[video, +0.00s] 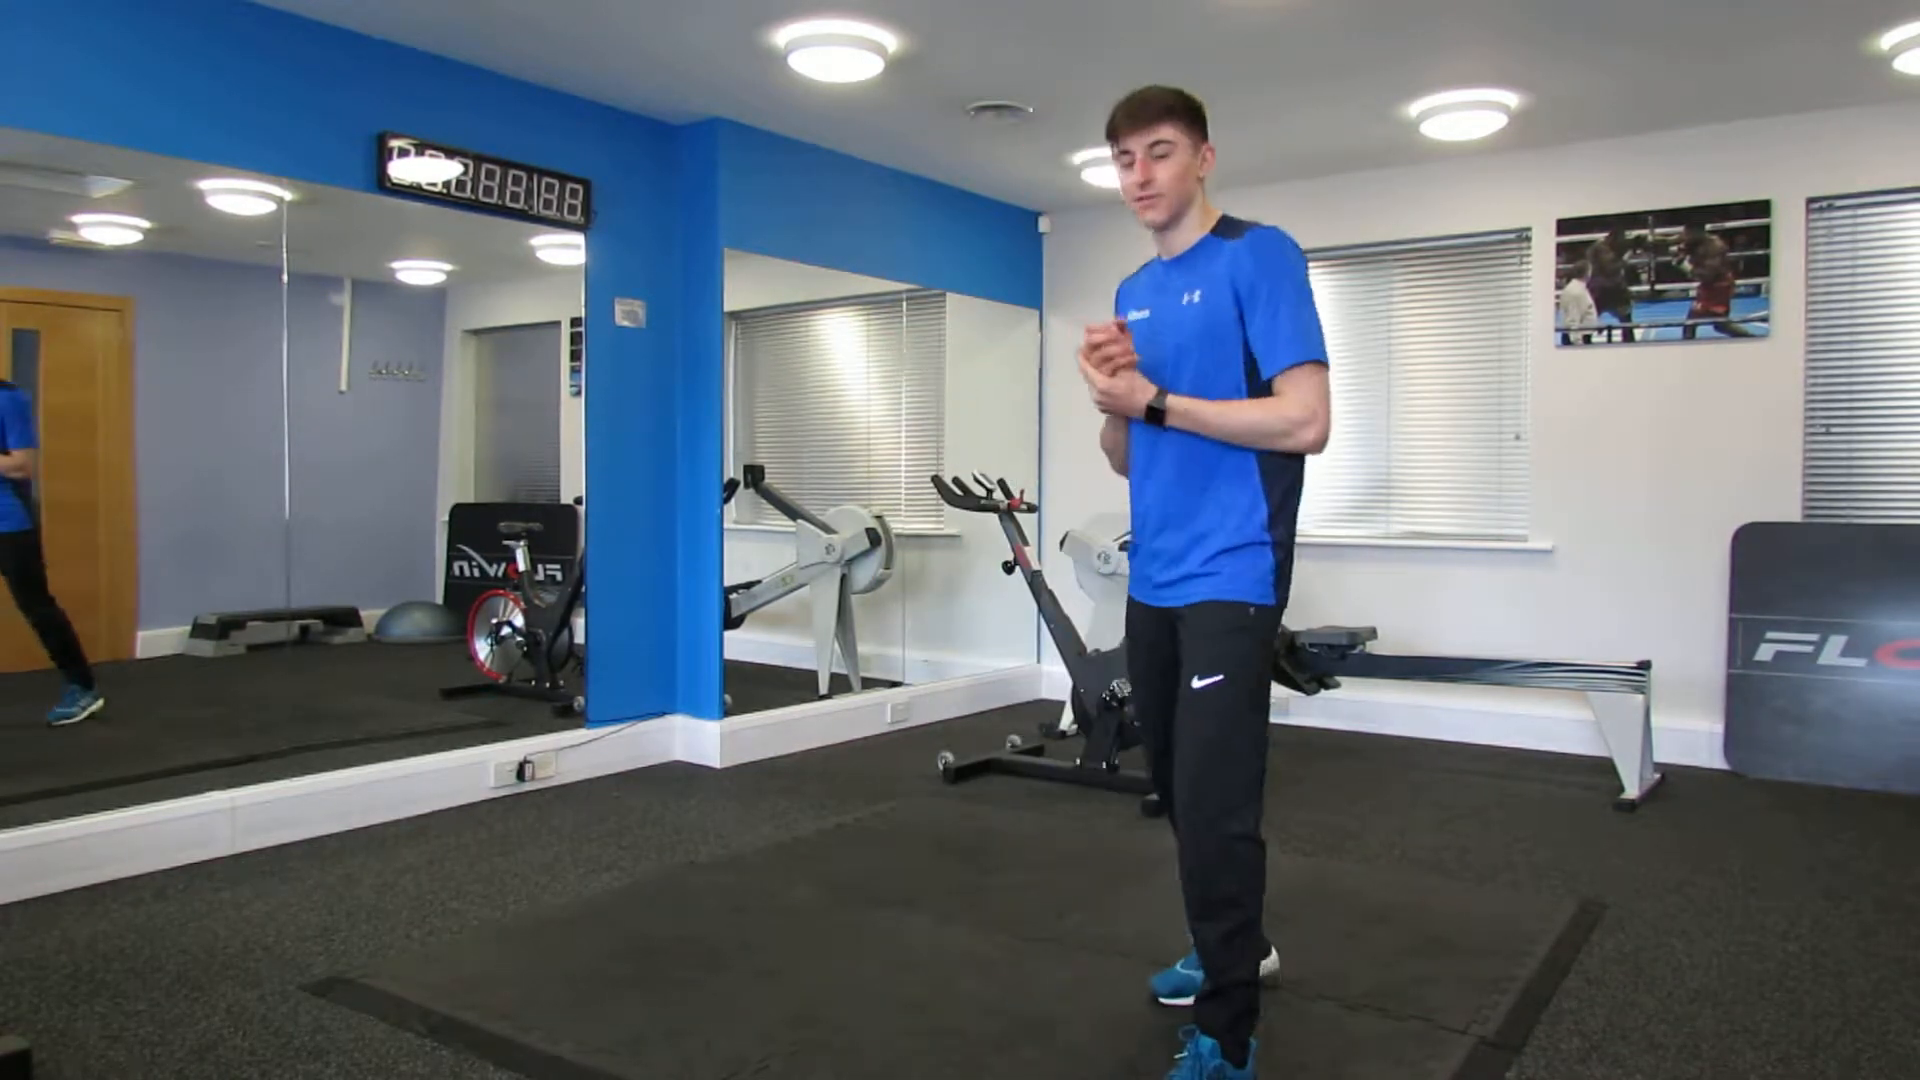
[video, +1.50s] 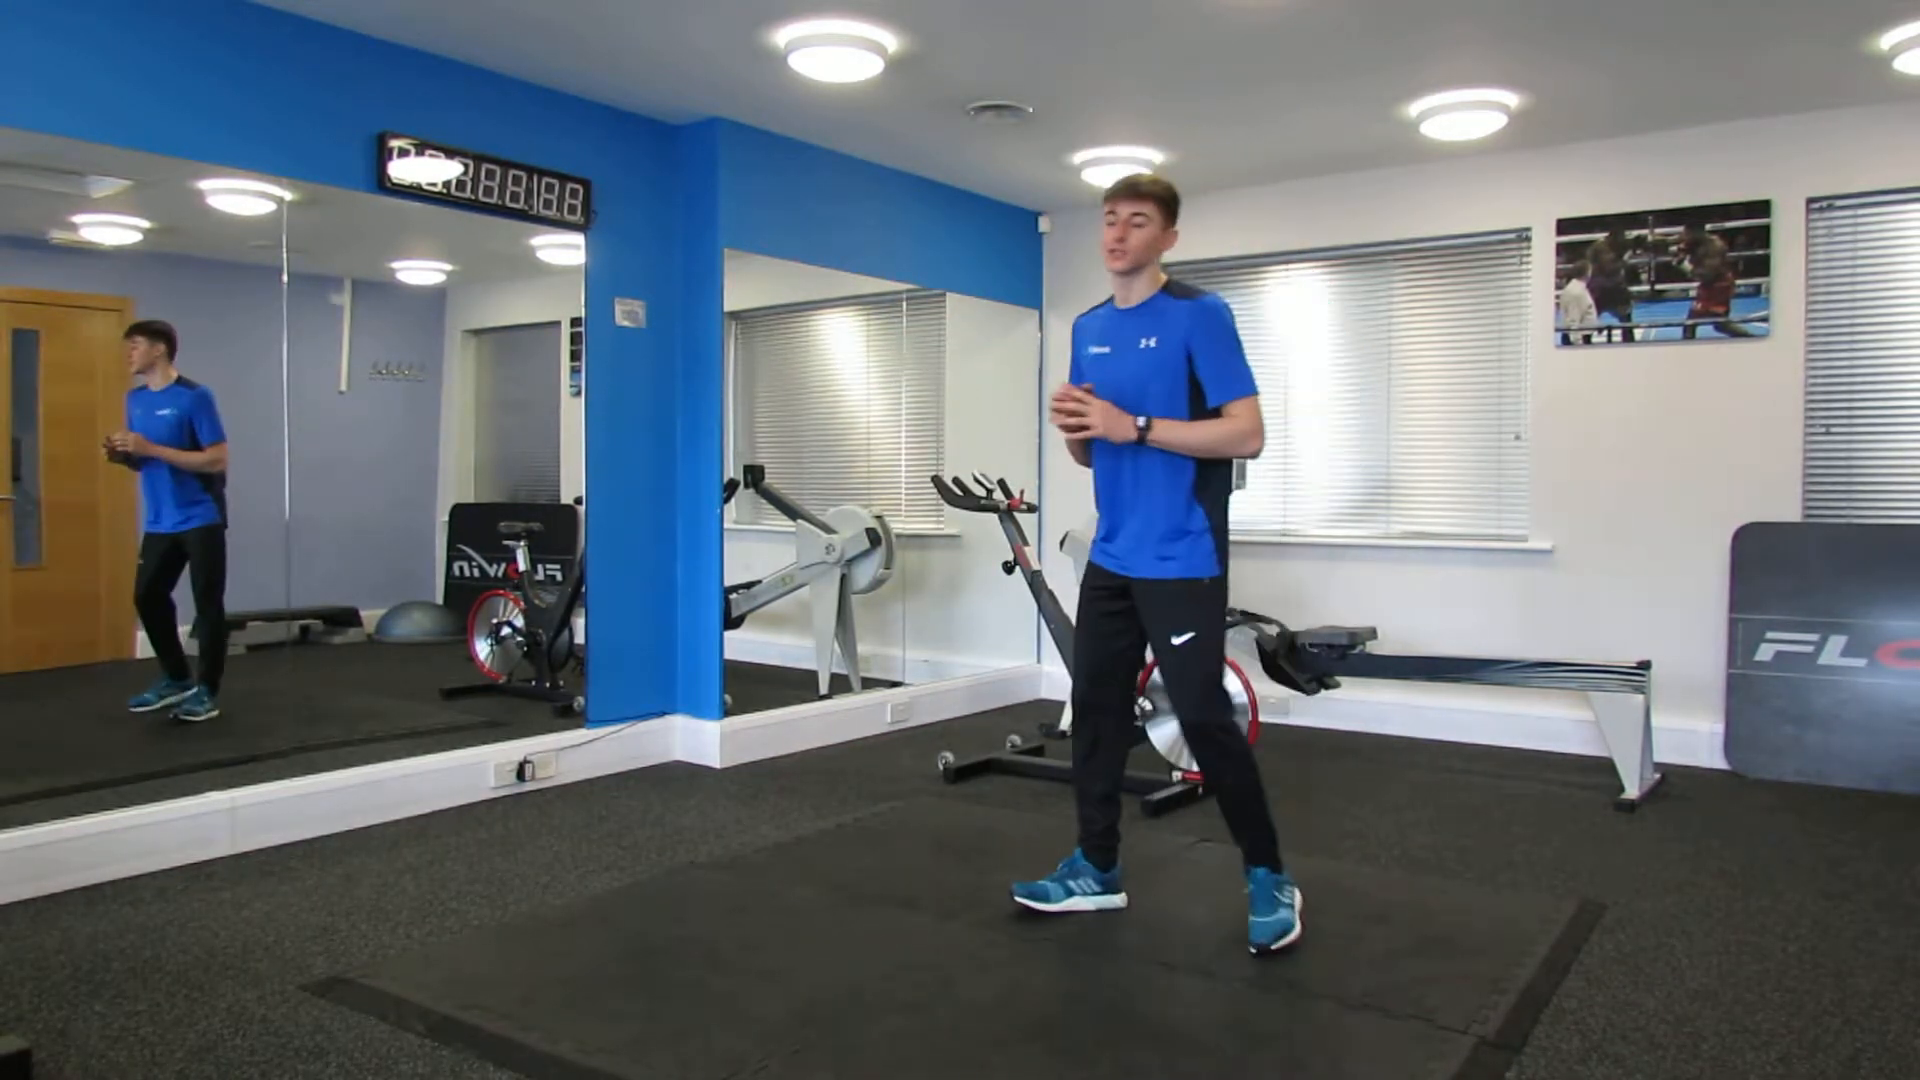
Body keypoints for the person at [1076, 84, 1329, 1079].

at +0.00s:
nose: (1141, 174)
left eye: (1160, 152)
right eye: (1125, 161)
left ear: (1205, 158)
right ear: (1117, 180)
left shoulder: (1260, 255)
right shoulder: (1133, 296)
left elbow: (1307, 420)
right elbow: (1128, 460)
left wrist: (1157, 400)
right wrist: (1110, 401)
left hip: (1232, 566)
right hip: (1155, 569)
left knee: (1217, 800)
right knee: (1178, 780)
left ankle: (1225, 1035)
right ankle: (1229, 947)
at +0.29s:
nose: (1158, 189)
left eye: (1176, 173)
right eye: (1141, 177)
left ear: (1209, 184)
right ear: (1125, 194)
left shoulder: (1270, 269)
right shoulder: (1125, 313)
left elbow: (1336, 404)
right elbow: (1123, 461)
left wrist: (1206, 416)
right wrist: (1140, 417)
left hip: (1258, 564)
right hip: (1167, 568)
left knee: (1259, 776)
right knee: (1195, 768)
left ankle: (1264, 986)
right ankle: (1234, 931)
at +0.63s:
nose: (1204, 197)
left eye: (1220, 184)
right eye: (1189, 185)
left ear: (1245, 200)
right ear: (1167, 202)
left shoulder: (1292, 282)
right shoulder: (1143, 315)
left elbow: (1344, 415)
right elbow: (1127, 456)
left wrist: (1221, 400)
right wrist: (1154, 401)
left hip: (1269, 557)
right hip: (1178, 562)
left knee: (1279, 741)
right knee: (1199, 752)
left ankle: (1304, 872)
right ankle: (1237, 932)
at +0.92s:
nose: (1247, 224)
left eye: (1265, 215)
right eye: (1234, 210)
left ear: (1286, 232)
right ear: (1209, 223)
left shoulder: (1315, 325)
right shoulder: (1171, 317)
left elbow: (1350, 460)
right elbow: (1154, 442)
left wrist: (1234, 439)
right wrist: (1165, 419)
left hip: (1276, 573)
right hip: (1184, 567)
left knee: (1287, 734)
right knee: (1175, 720)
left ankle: (1292, 893)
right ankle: (1216, 910)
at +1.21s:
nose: (1211, 223)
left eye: (1229, 213)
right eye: (1201, 209)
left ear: (1253, 230)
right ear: (1180, 221)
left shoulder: (1286, 318)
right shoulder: (1148, 319)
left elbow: (1325, 440)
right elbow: (1134, 438)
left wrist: (1217, 430)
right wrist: (1152, 418)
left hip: (1254, 563)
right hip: (1163, 551)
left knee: (1282, 720)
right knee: (1120, 698)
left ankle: (1291, 886)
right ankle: (1106, 864)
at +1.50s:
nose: (1118, 233)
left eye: (1135, 222)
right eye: (1111, 222)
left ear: (1169, 237)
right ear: (1100, 236)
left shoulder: (1200, 316)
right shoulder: (1090, 329)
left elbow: (1247, 435)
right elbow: (1086, 454)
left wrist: (1133, 427)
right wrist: (1069, 424)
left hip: (1183, 558)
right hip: (1112, 555)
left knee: (1206, 721)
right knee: (1095, 710)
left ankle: (1267, 879)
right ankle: (1096, 866)